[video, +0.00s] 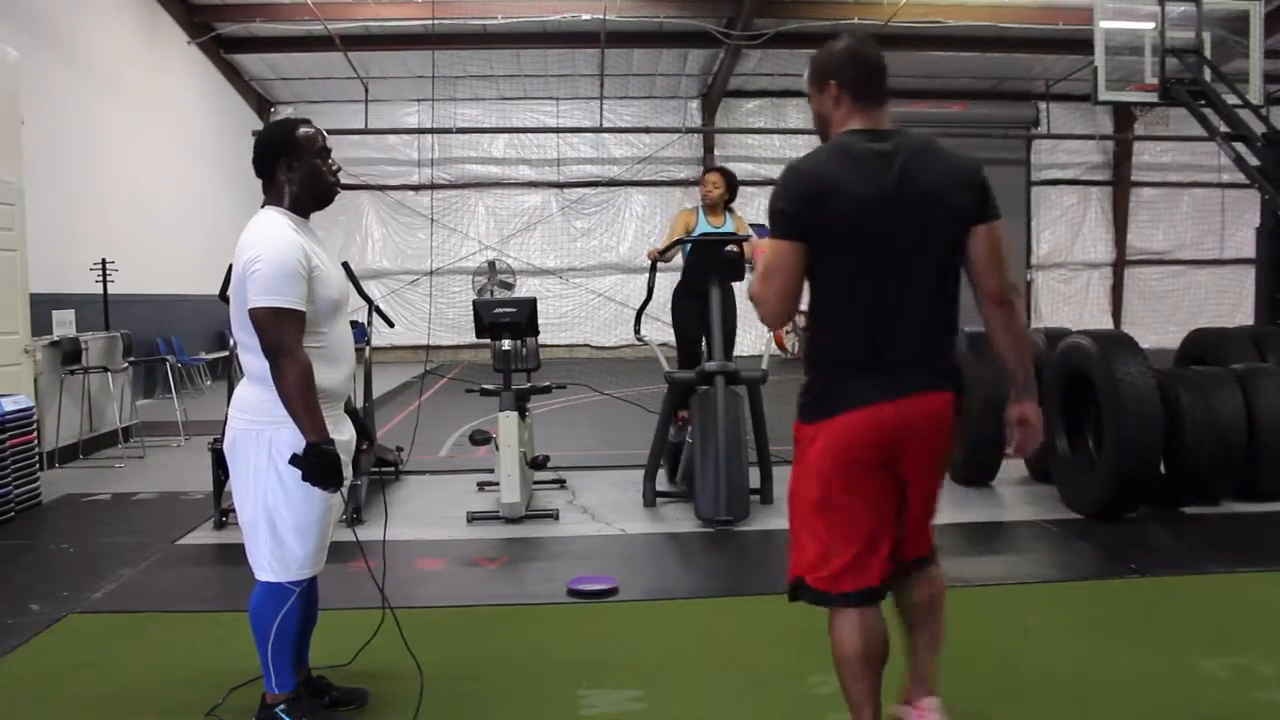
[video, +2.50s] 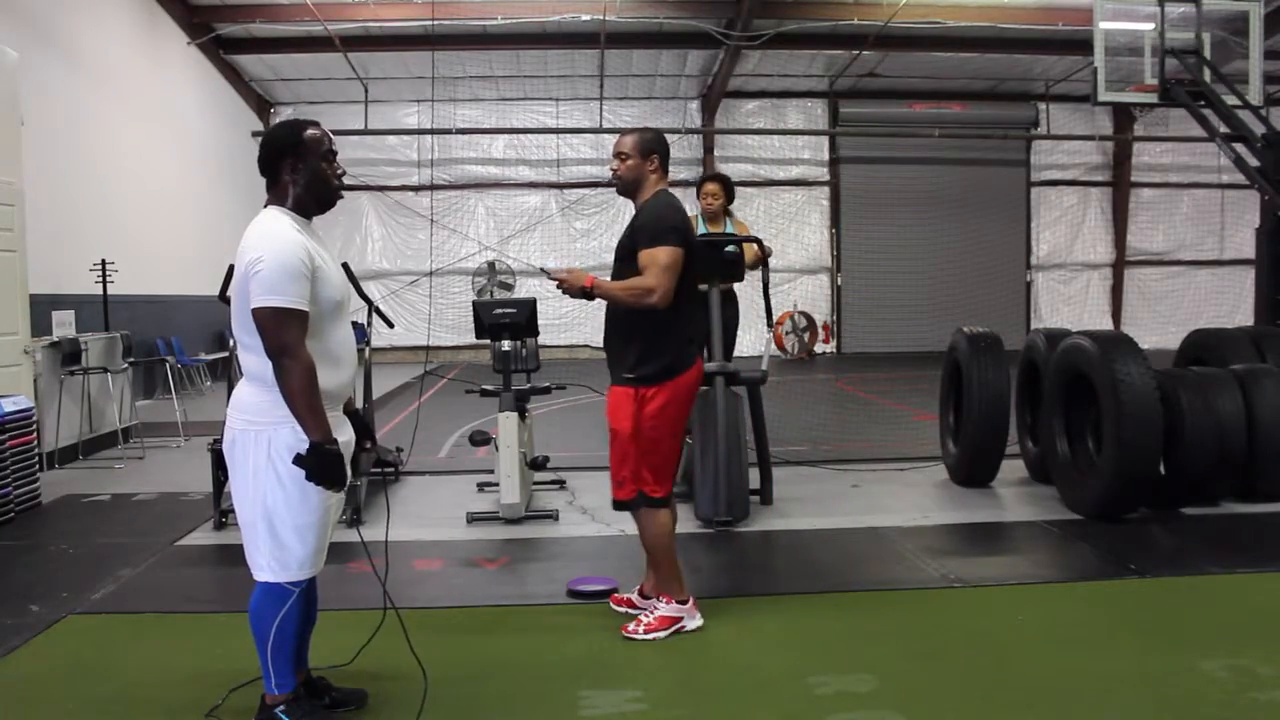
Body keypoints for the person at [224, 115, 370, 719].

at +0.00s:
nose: (336, 165)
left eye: (331, 154)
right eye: (323, 156)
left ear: (292, 171)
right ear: (288, 169)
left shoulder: (296, 238)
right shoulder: (274, 242)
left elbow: (312, 345)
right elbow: (283, 353)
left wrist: (350, 411)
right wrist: (318, 441)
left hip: (301, 429)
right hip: (278, 432)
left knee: (301, 566)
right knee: (284, 572)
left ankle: (297, 680)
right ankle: (281, 698)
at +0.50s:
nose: (333, 165)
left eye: (329, 154)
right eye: (320, 156)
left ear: (291, 171)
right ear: (286, 169)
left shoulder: (296, 236)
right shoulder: (273, 239)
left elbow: (316, 339)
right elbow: (283, 348)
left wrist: (351, 407)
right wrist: (318, 436)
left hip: (300, 427)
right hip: (276, 431)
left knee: (299, 565)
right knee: (283, 570)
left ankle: (297, 679)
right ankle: (280, 697)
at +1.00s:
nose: (334, 165)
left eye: (330, 154)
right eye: (321, 155)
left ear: (292, 171)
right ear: (286, 169)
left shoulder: (295, 238)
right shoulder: (272, 241)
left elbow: (311, 344)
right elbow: (282, 351)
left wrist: (349, 410)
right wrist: (317, 440)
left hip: (299, 427)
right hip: (275, 431)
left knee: (298, 566)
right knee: (282, 571)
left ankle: (296, 680)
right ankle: (280, 698)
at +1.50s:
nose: (337, 167)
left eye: (333, 156)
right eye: (324, 157)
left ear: (294, 171)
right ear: (289, 169)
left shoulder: (297, 238)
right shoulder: (274, 242)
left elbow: (311, 346)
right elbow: (284, 355)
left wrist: (350, 409)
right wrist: (317, 442)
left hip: (299, 427)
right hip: (276, 431)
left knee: (300, 566)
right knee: (283, 571)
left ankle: (297, 680)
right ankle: (281, 697)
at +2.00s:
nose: (338, 168)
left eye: (335, 156)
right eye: (326, 158)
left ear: (295, 171)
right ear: (291, 170)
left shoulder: (298, 237)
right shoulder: (276, 239)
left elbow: (316, 343)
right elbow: (286, 349)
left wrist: (353, 410)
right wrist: (323, 437)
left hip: (299, 429)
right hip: (275, 432)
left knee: (299, 566)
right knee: (282, 571)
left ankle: (296, 680)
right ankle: (280, 697)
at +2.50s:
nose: (341, 170)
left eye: (337, 159)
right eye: (329, 159)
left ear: (295, 171)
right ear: (293, 169)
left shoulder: (297, 238)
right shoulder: (275, 242)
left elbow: (314, 344)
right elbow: (285, 352)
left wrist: (351, 410)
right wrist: (321, 441)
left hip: (300, 428)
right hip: (277, 432)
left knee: (300, 566)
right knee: (283, 572)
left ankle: (297, 681)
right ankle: (280, 699)